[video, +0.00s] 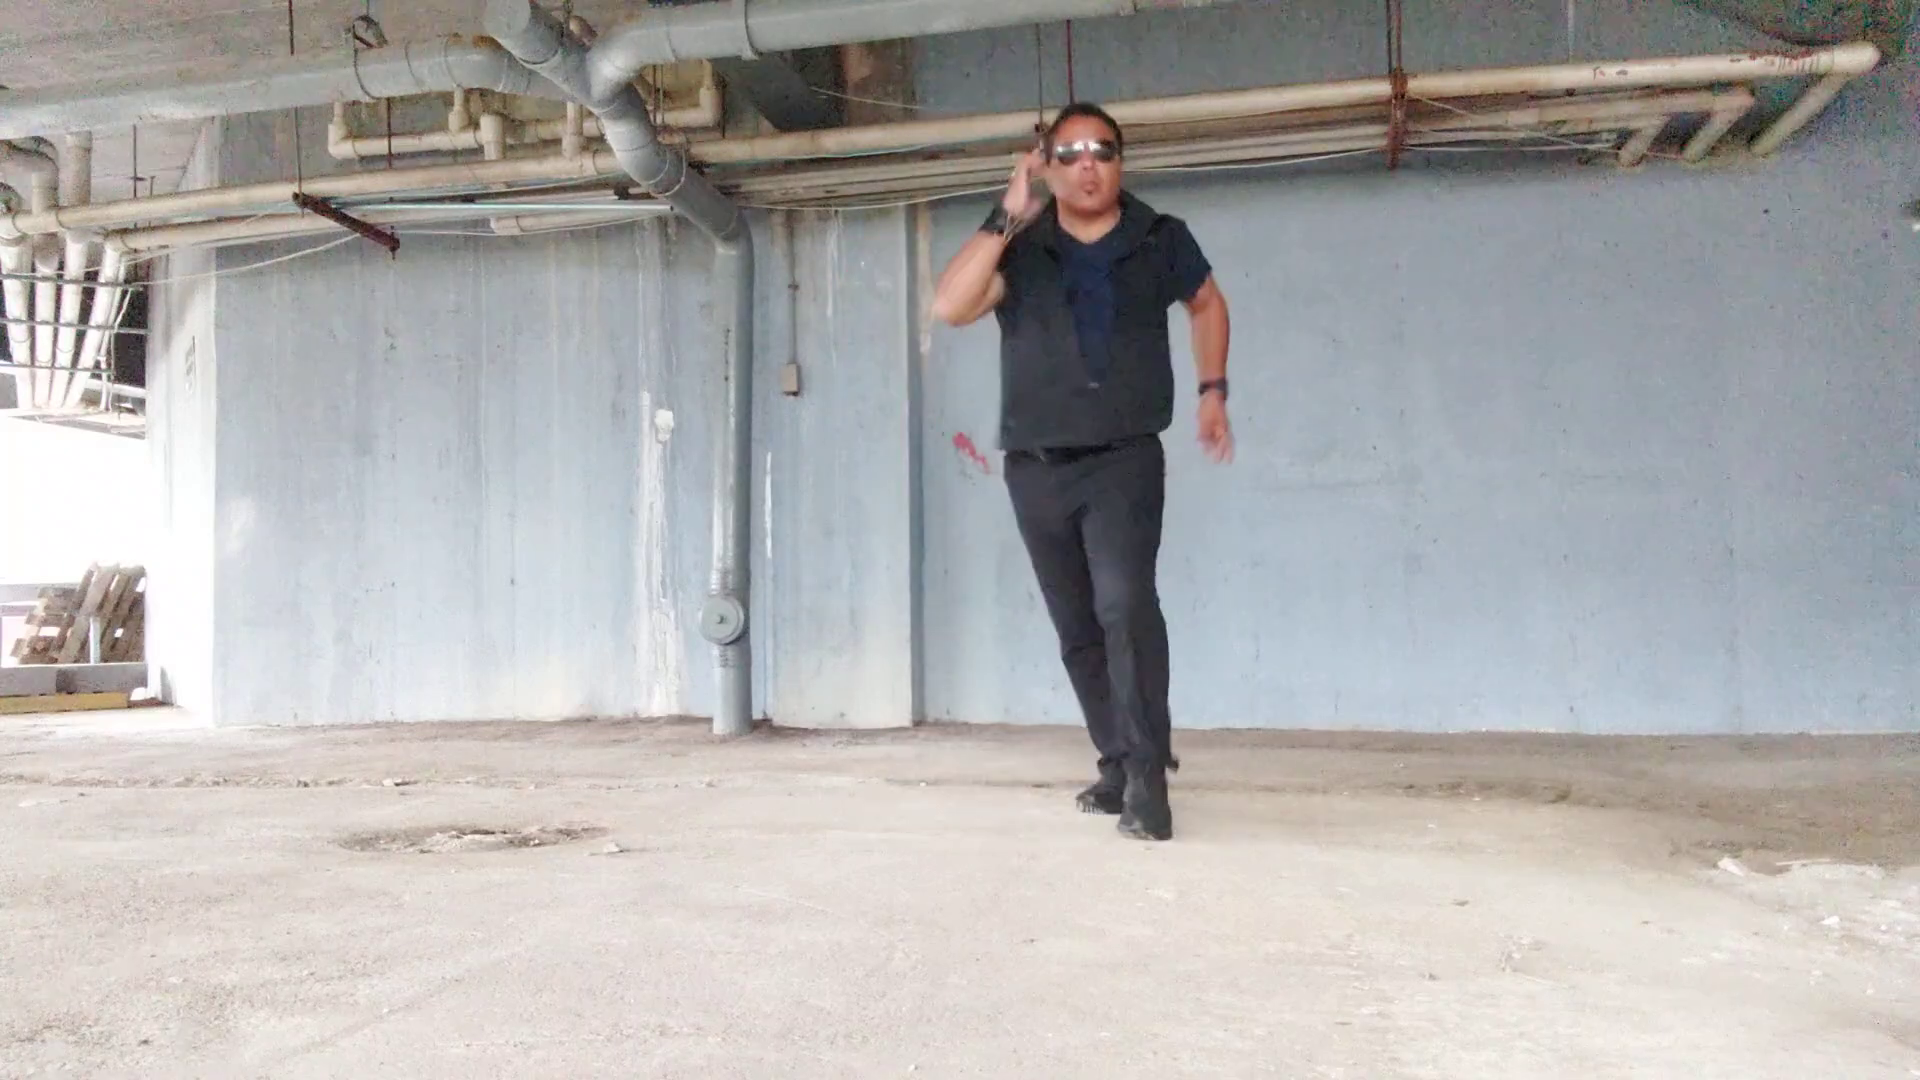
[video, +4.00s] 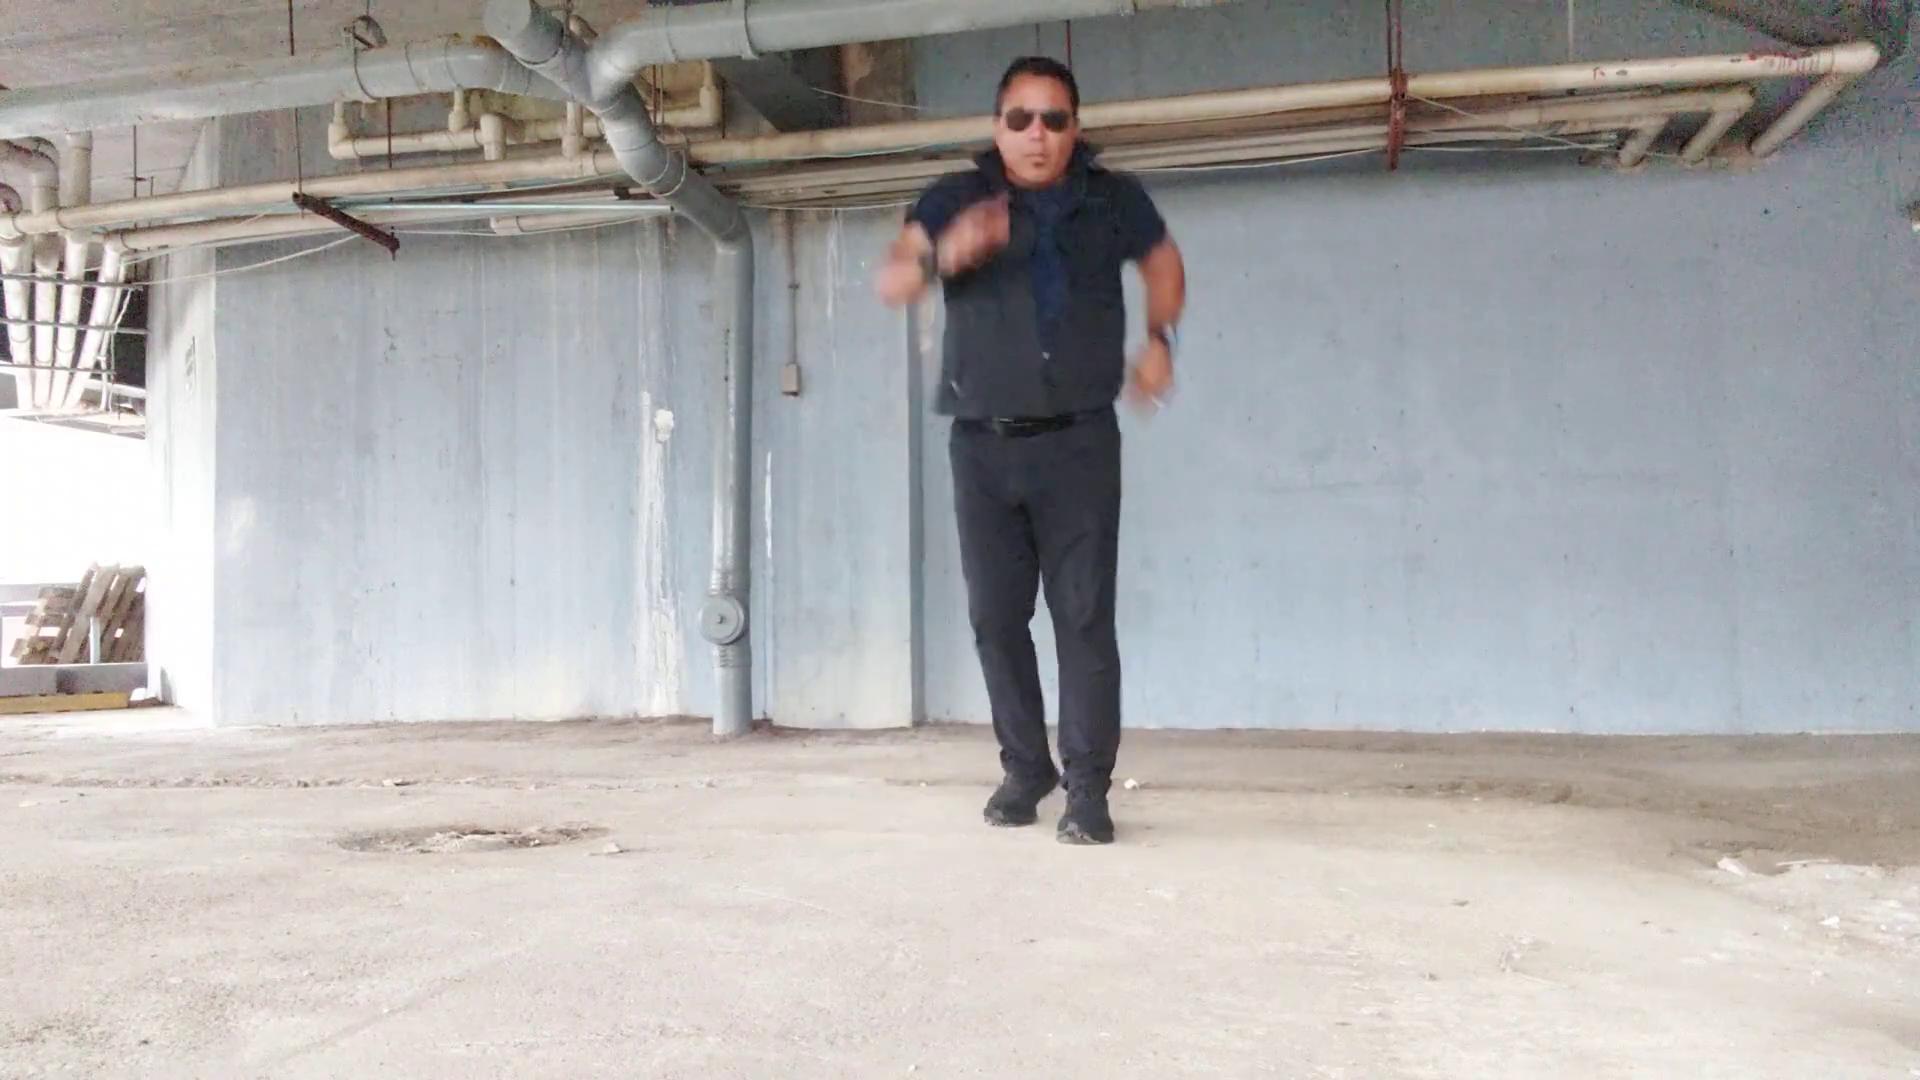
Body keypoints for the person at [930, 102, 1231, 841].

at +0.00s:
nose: (1087, 164)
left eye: (1101, 152)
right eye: (1070, 154)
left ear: (1120, 166)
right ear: (1045, 170)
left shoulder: (1157, 238)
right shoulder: (1017, 247)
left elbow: (1206, 303)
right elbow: (950, 307)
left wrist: (1212, 393)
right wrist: (1008, 218)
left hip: (1124, 457)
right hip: (1037, 464)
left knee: (1122, 606)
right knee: (1076, 629)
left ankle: (1146, 774)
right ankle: (1116, 763)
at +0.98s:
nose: (1092, 162)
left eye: (1102, 152)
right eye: (1074, 149)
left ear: (1111, 168)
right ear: (1035, 163)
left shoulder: (1119, 240)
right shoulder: (980, 235)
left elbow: (1177, 283)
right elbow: (910, 301)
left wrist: (1085, 238)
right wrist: (923, 354)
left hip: (1111, 462)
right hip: (1019, 462)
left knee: (1103, 620)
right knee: (993, 603)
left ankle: (1076, 764)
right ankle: (1012, 768)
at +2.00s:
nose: (1054, 162)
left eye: (1067, 147)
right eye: (1050, 151)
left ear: (1122, 146)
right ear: (1069, 164)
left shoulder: (1187, 207)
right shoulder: (1064, 222)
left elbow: (1273, 271)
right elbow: (999, 248)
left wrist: (1332, 314)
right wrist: (1103, 214)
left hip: (1162, 443)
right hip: (1099, 454)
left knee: (1102, 602)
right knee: (1172, 617)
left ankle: (1178, 778)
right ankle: (1259, 780)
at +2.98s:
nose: (962, 166)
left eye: (975, 152)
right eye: (943, 154)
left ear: (993, 164)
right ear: (917, 166)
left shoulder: (1022, 244)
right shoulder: (880, 231)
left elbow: (1026, 318)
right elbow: (815, 293)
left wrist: (918, 281)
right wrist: (803, 373)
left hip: (1000, 456)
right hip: (914, 450)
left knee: (988, 621)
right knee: (937, 592)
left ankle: (951, 774)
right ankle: (852, 748)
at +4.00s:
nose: (1035, 133)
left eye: (1052, 120)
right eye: (1020, 119)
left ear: (1076, 128)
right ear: (996, 126)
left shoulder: (1112, 198)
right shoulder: (956, 198)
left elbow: (1162, 261)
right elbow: (889, 283)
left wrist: (1159, 338)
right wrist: (944, 251)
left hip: (1078, 439)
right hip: (981, 442)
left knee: (1083, 615)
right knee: (995, 615)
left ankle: (1087, 787)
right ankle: (1025, 769)